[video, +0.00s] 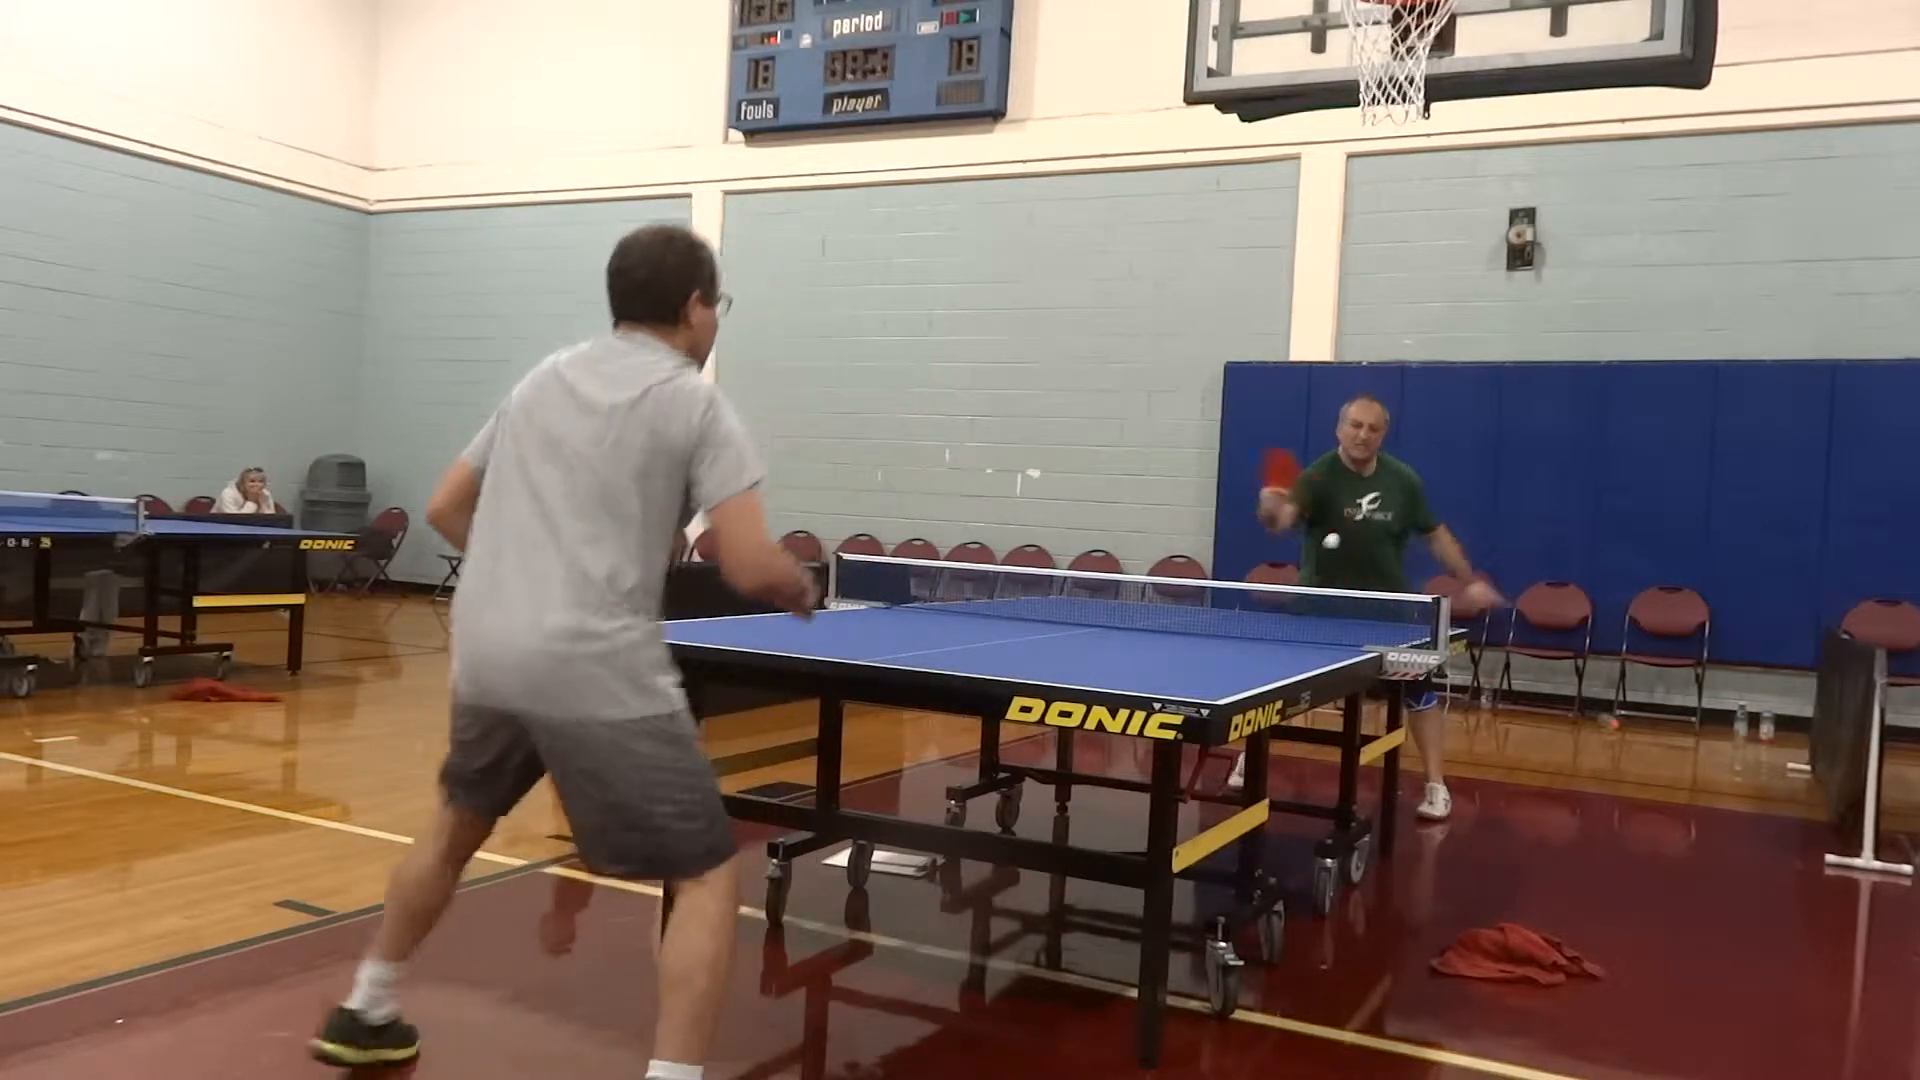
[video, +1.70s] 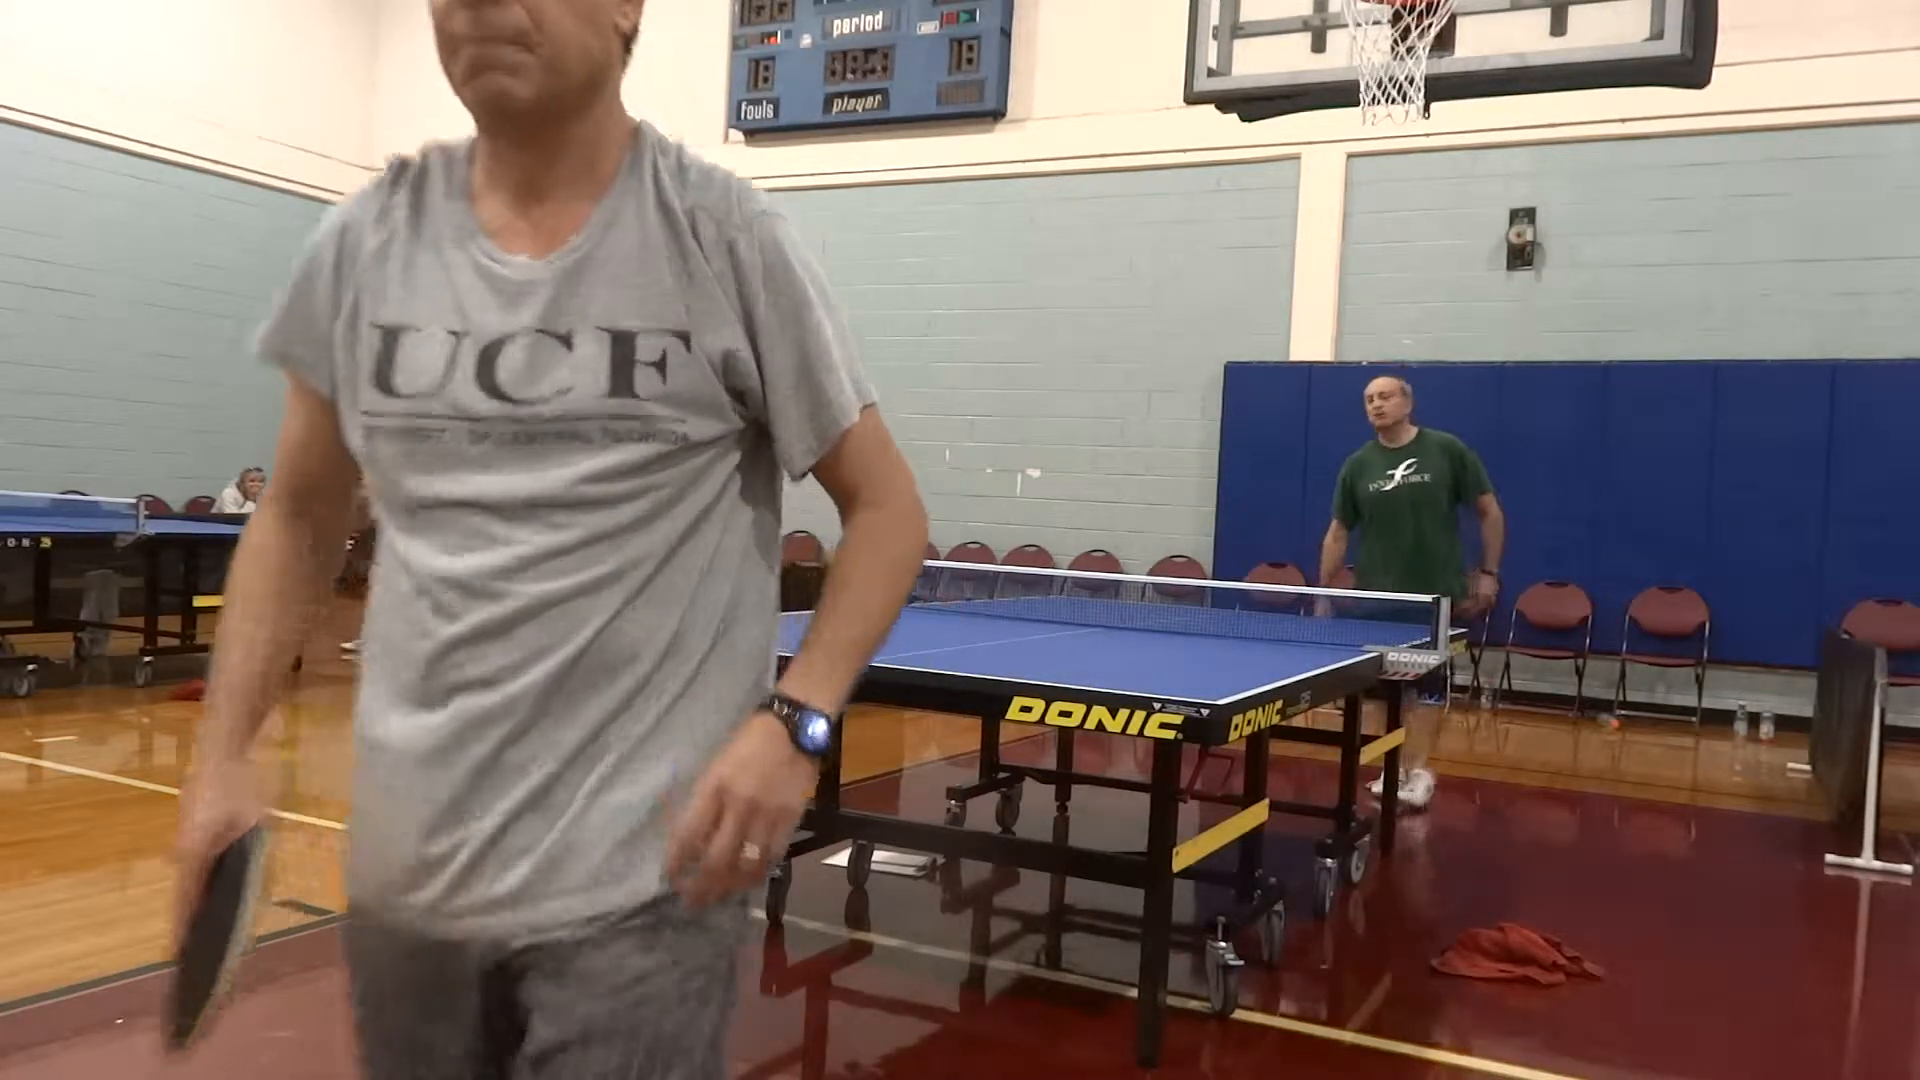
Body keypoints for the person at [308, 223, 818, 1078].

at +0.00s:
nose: (718, 318)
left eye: (716, 302)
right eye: (715, 302)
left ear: (617, 305)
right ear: (693, 306)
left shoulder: (545, 377)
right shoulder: (694, 399)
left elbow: (448, 509)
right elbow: (753, 570)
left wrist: (532, 565)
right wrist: (797, 586)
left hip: (485, 657)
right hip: (598, 671)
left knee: (453, 826)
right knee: (706, 868)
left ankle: (365, 1007)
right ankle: (674, 1070)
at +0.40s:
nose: (764, 325)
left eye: (769, 305)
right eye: (746, 303)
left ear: (675, 303)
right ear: (677, 300)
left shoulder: (618, 368)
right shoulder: (662, 389)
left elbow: (578, 522)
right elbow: (626, 525)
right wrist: (730, 602)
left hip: (539, 666)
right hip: (607, 683)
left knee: (508, 846)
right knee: (752, 885)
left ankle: (376, 1010)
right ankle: (724, 1070)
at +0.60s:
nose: (748, 251)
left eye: (766, 229)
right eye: (722, 228)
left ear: (783, 236)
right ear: (671, 231)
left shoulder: (721, 347)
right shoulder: (650, 344)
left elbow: (680, 524)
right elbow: (546, 510)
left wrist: (741, 625)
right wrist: (672, 613)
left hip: (647, 675)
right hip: (625, 682)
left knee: (627, 878)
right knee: (719, 906)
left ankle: (492, 1056)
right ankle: (722, 1074)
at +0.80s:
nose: (700, 215)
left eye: (722, 193)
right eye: (673, 194)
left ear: (749, 208)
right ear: (632, 209)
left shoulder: (757, 336)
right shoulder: (580, 341)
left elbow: (804, 466)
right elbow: (451, 506)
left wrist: (907, 567)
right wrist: (506, 679)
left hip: (712, 699)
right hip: (601, 705)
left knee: (635, 925)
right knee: (699, 931)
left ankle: (562, 1074)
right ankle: (686, 1078)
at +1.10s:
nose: (619, 148)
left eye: (648, 122)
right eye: (592, 130)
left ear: (705, 150)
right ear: (566, 165)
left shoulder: (760, 311)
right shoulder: (510, 320)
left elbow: (835, 472)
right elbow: (395, 518)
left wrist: (871, 603)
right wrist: (322, 712)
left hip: (703, 735)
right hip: (546, 745)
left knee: (655, 994)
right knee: (571, 1036)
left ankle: (617, 1067)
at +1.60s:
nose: (493, 18)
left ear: (639, 33)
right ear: (454, 34)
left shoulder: (729, 249)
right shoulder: (395, 254)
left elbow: (878, 501)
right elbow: (320, 501)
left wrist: (791, 695)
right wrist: (264, 692)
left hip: (668, 835)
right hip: (446, 832)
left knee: (637, 1069)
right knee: (471, 1067)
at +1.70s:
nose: (493, 7)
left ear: (627, 13)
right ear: (434, 13)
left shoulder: (730, 236)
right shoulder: (368, 239)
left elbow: (888, 508)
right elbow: (300, 512)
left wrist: (797, 725)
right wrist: (223, 752)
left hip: (644, 884)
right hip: (409, 878)